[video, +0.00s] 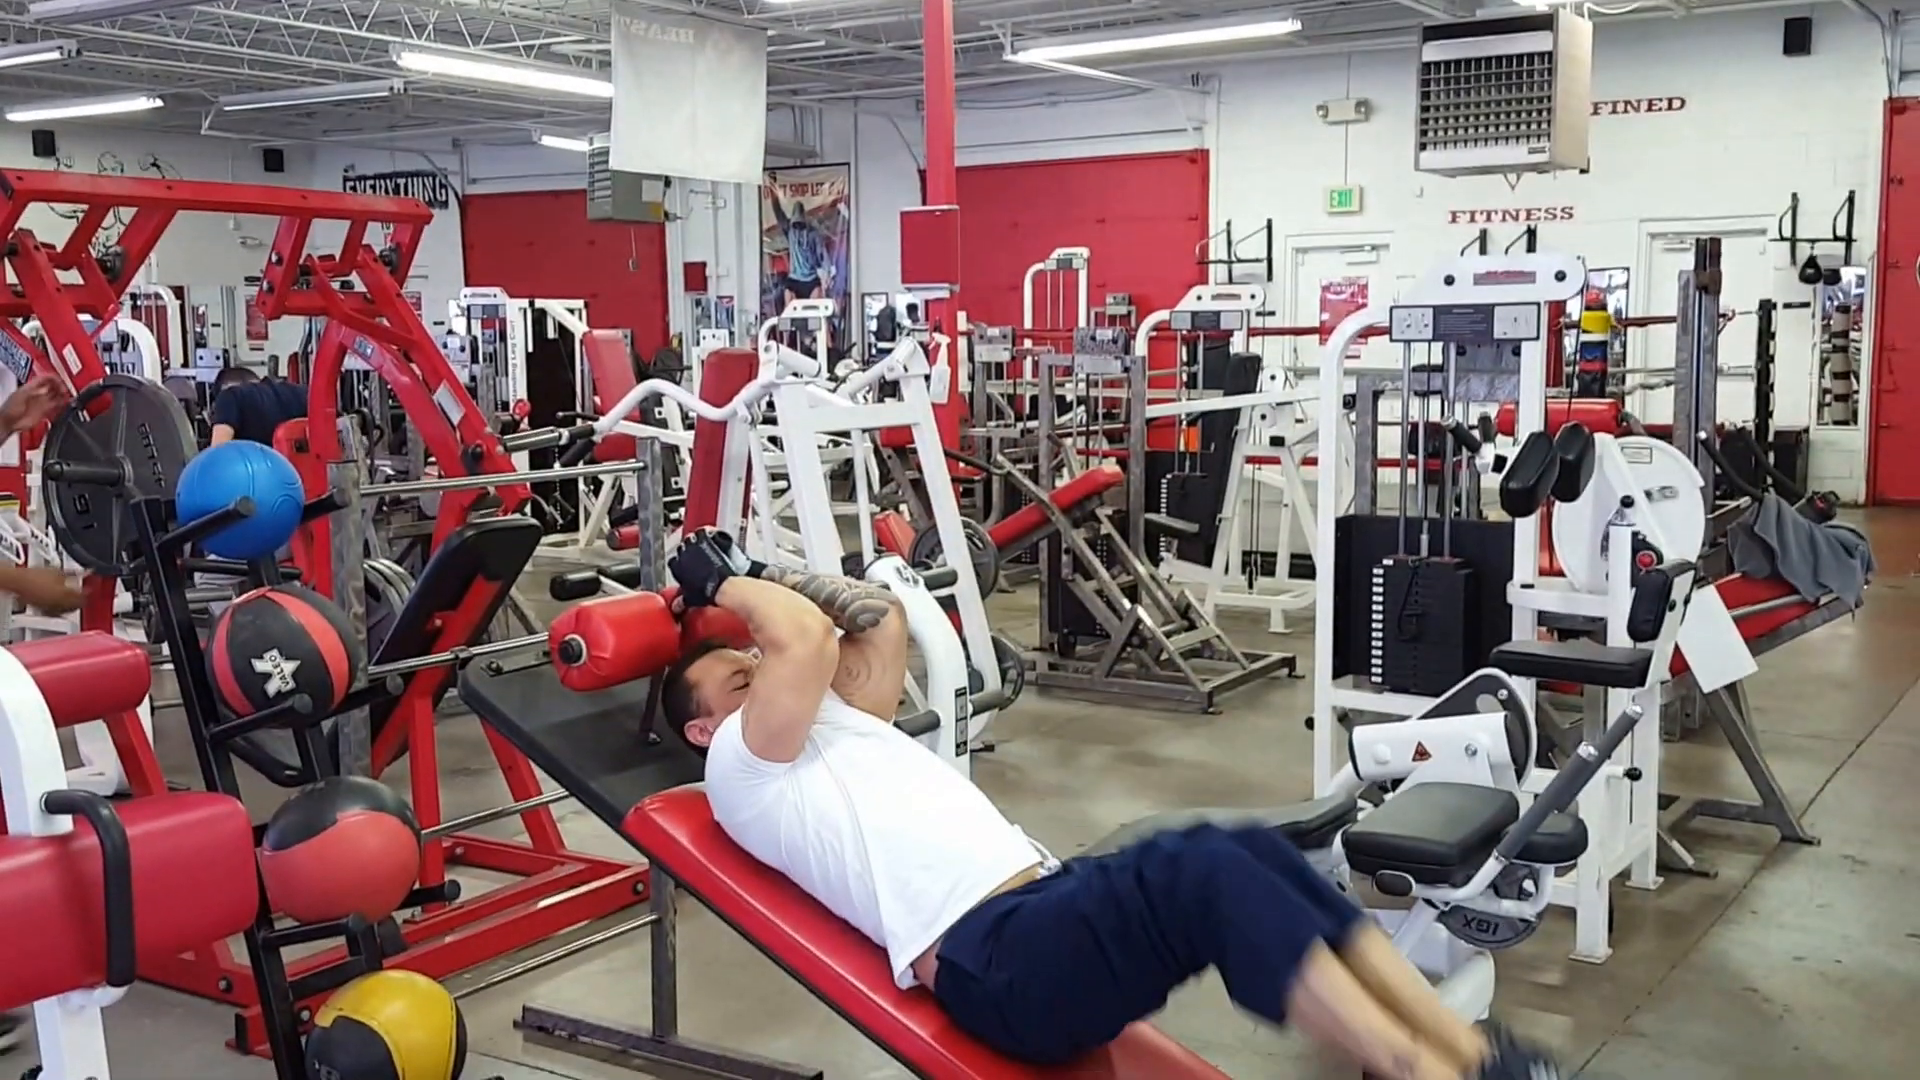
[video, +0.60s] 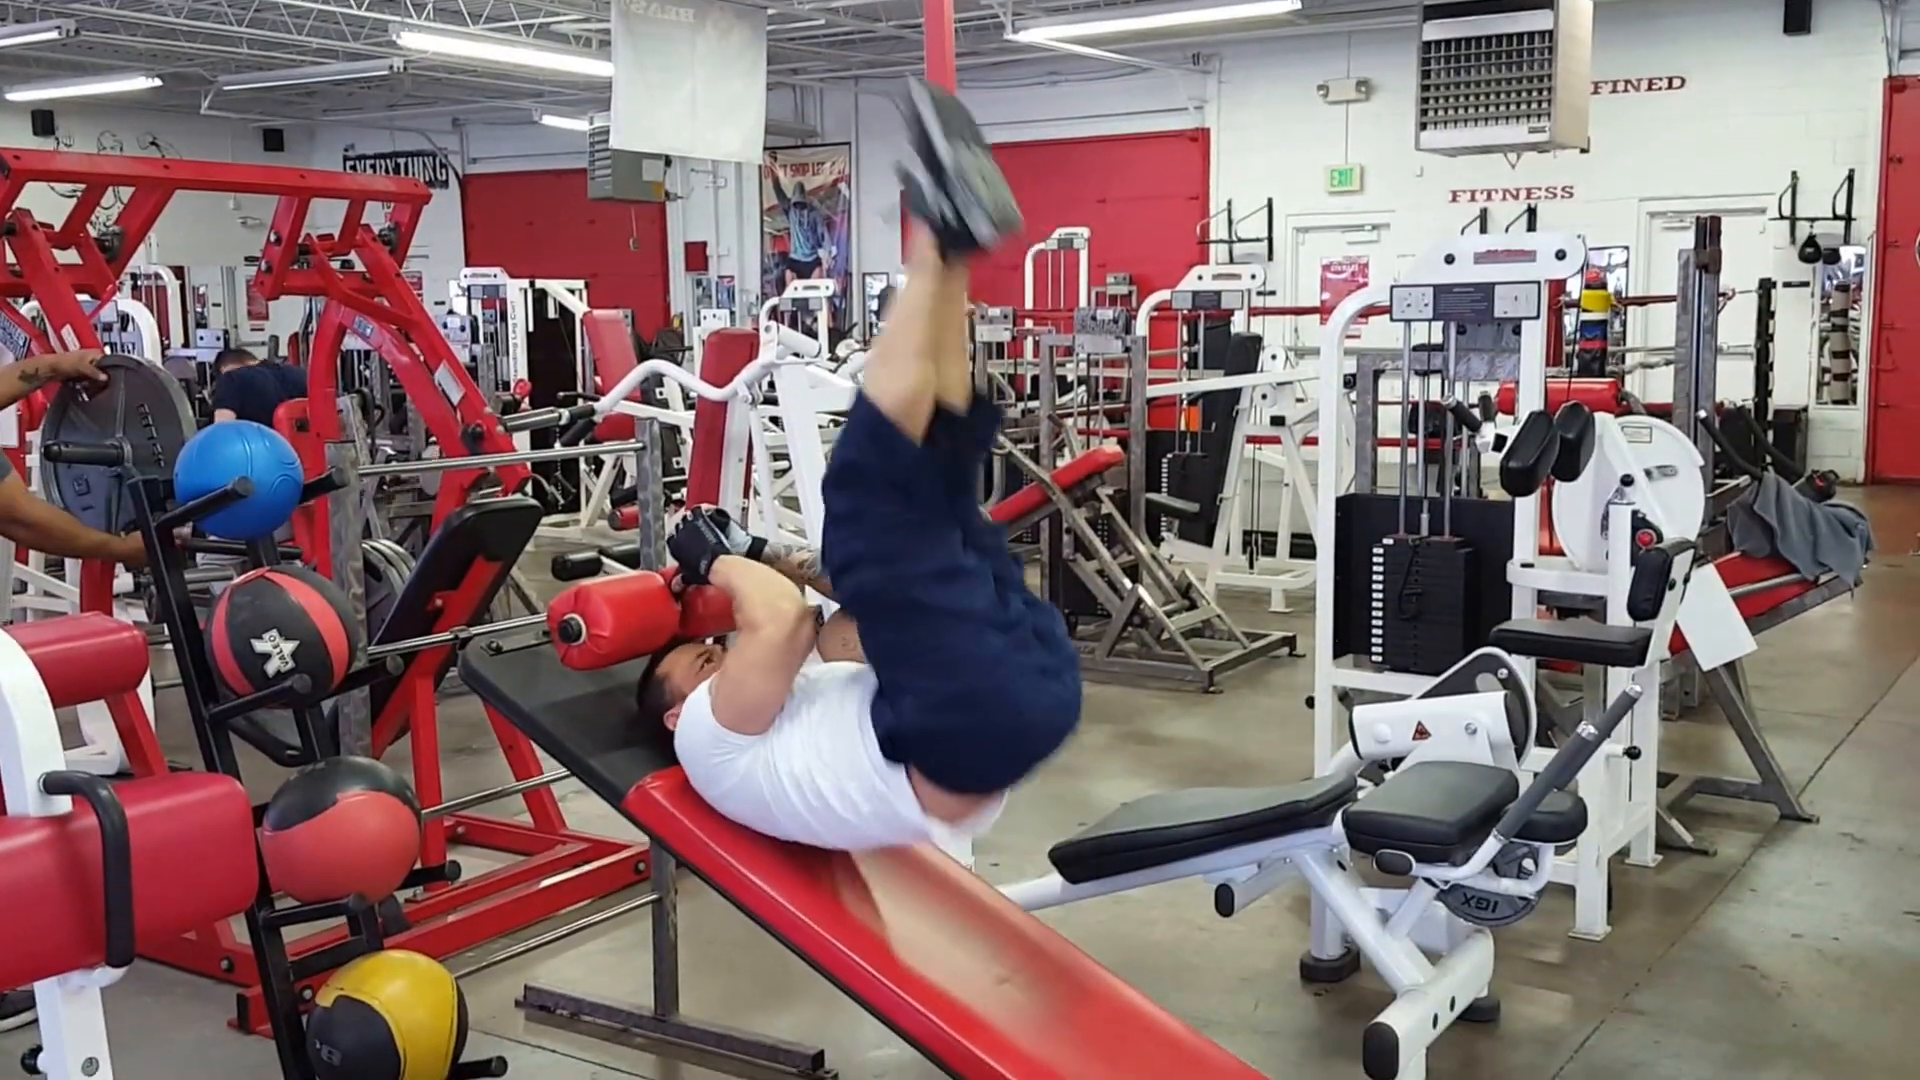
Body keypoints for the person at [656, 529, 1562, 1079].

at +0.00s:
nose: (747, 682)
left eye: (740, 671)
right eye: (724, 683)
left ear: (757, 678)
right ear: (699, 724)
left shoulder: (846, 725)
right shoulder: (737, 771)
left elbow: (884, 613)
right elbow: (800, 633)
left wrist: (773, 600)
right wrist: (721, 583)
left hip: (1056, 905)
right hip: (986, 959)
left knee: (1265, 848)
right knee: (1212, 866)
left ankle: (1472, 1052)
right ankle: (1407, 1066)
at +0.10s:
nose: (740, 672)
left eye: (731, 663)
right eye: (718, 674)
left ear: (748, 681)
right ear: (697, 722)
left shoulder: (842, 721)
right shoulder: (736, 767)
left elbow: (882, 609)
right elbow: (799, 627)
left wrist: (785, 603)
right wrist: (716, 578)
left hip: (1047, 912)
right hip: (985, 956)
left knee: (1209, 770)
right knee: (1155, 798)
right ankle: (1389, 938)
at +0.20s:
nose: (742, 663)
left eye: (733, 656)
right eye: (713, 672)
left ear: (757, 662)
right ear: (689, 721)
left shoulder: (834, 711)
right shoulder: (730, 759)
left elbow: (882, 610)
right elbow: (801, 626)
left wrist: (770, 574)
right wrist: (726, 572)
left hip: (1029, 890)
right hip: (979, 940)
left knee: (1125, 693)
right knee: (1072, 720)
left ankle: (1338, 723)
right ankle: (1318, 741)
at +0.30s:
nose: (728, 662)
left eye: (721, 654)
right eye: (704, 670)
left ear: (742, 658)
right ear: (684, 726)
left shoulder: (824, 711)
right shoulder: (724, 749)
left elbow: (879, 616)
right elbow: (800, 624)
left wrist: (790, 586)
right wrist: (722, 572)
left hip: (1046, 878)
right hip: (995, 909)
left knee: (1011, 659)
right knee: (982, 663)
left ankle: (1195, 555)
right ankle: (1196, 548)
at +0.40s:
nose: (729, 667)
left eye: (721, 660)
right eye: (707, 673)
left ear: (738, 665)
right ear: (682, 727)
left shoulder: (816, 715)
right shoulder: (716, 750)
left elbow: (860, 646)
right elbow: (798, 619)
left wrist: (769, 572)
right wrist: (721, 567)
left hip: (1064, 815)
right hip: (990, 845)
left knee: (958, 615)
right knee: (913, 611)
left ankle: (1095, 440)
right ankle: (1073, 434)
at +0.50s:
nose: (722, 660)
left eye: (715, 654)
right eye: (701, 667)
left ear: (730, 658)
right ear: (681, 718)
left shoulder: (804, 709)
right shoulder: (711, 746)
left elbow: (848, 640)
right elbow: (794, 623)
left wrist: (769, 583)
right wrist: (723, 567)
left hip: (1051, 753)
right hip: (977, 788)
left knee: (937, 561)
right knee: (872, 559)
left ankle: (1001, 350)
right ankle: (984, 339)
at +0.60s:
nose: (718, 656)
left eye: (712, 653)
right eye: (698, 664)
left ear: (732, 660)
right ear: (675, 713)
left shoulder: (797, 710)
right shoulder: (706, 741)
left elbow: (857, 640)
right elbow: (785, 616)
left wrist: (783, 595)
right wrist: (717, 560)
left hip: (1038, 702)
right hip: (968, 735)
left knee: (936, 504)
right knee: (864, 499)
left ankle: (951, 258)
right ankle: (929, 241)